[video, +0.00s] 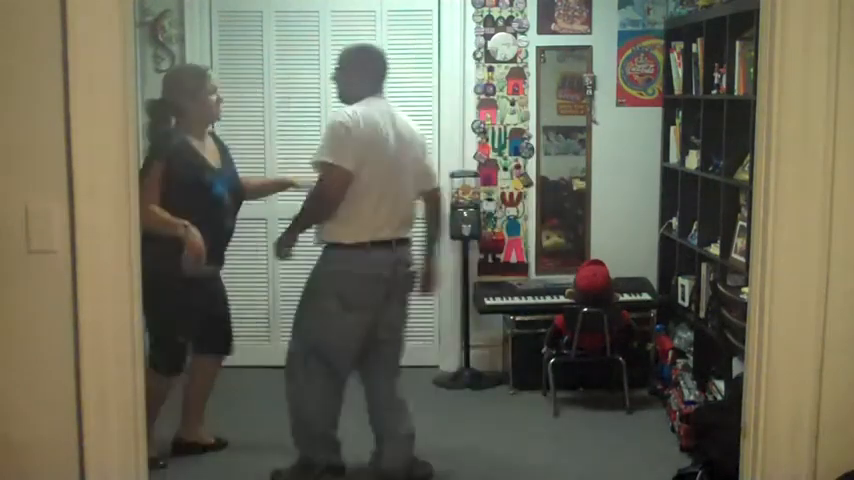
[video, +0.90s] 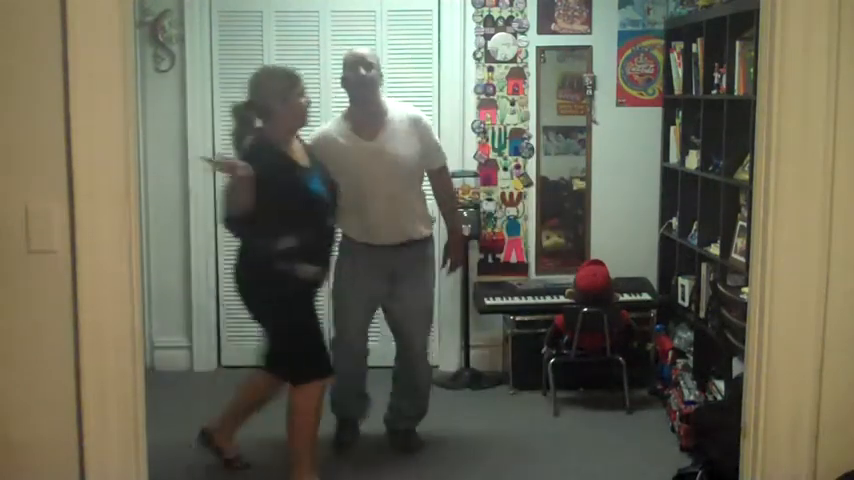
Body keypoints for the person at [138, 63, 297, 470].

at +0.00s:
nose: (220, 98)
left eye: (217, 91)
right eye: (211, 93)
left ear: (201, 101)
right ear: (186, 102)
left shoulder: (214, 144)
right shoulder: (166, 147)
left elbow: (235, 190)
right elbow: (144, 209)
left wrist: (282, 183)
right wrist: (185, 229)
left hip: (204, 267)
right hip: (166, 268)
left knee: (213, 344)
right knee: (168, 356)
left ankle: (191, 433)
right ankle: (142, 440)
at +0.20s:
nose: (218, 99)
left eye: (216, 92)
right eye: (210, 94)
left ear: (195, 103)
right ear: (185, 103)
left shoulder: (210, 142)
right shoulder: (166, 151)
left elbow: (225, 172)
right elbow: (162, 214)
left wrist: (275, 171)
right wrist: (217, 212)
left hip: (206, 266)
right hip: (166, 268)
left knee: (231, 343)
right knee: (153, 360)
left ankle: (202, 428)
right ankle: (139, 440)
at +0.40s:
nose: (227, 99)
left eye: (225, 92)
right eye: (218, 94)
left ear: (214, 98)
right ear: (194, 103)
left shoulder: (226, 137)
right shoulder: (187, 148)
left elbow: (262, 138)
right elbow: (220, 205)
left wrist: (298, 125)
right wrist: (256, 182)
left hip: (221, 267)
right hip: (179, 270)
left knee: (229, 354)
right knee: (193, 360)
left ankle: (207, 445)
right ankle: (145, 428)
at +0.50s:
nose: (238, 96)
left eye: (236, 89)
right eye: (229, 91)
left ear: (225, 97)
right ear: (204, 101)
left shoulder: (243, 134)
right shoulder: (192, 146)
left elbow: (280, 155)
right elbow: (213, 202)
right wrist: (262, 178)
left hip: (231, 258)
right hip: (193, 261)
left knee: (230, 350)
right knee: (224, 351)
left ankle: (207, 441)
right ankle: (203, 444)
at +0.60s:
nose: (251, 95)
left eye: (250, 88)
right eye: (242, 90)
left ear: (245, 95)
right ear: (216, 100)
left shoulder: (258, 136)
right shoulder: (205, 143)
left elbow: (293, 156)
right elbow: (203, 194)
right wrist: (249, 181)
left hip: (241, 260)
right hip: (204, 260)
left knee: (223, 357)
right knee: (256, 348)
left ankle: (206, 444)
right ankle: (267, 448)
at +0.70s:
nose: (269, 98)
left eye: (267, 91)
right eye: (260, 92)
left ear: (257, 99)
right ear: (235, 103)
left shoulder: (271, 138)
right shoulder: (220, 150)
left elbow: (288, 184)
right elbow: (197, 197)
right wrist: (212, 183)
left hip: (255, 264)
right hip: (223, 267)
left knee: (230, 360)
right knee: (283, 349)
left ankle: (207, 445)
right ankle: (310, 450)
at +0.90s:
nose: (307, 101)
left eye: (305, 94)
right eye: (298, 97)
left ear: (287, 104)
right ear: (273, 106)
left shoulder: (301, 148)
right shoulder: (259, 155)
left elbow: (323, 200)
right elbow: (240, 223)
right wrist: (243, 181)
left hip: (300, 271)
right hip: (266, 273)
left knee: (282, 365)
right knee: (312, 371)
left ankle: (221, 432)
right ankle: (303, 471)